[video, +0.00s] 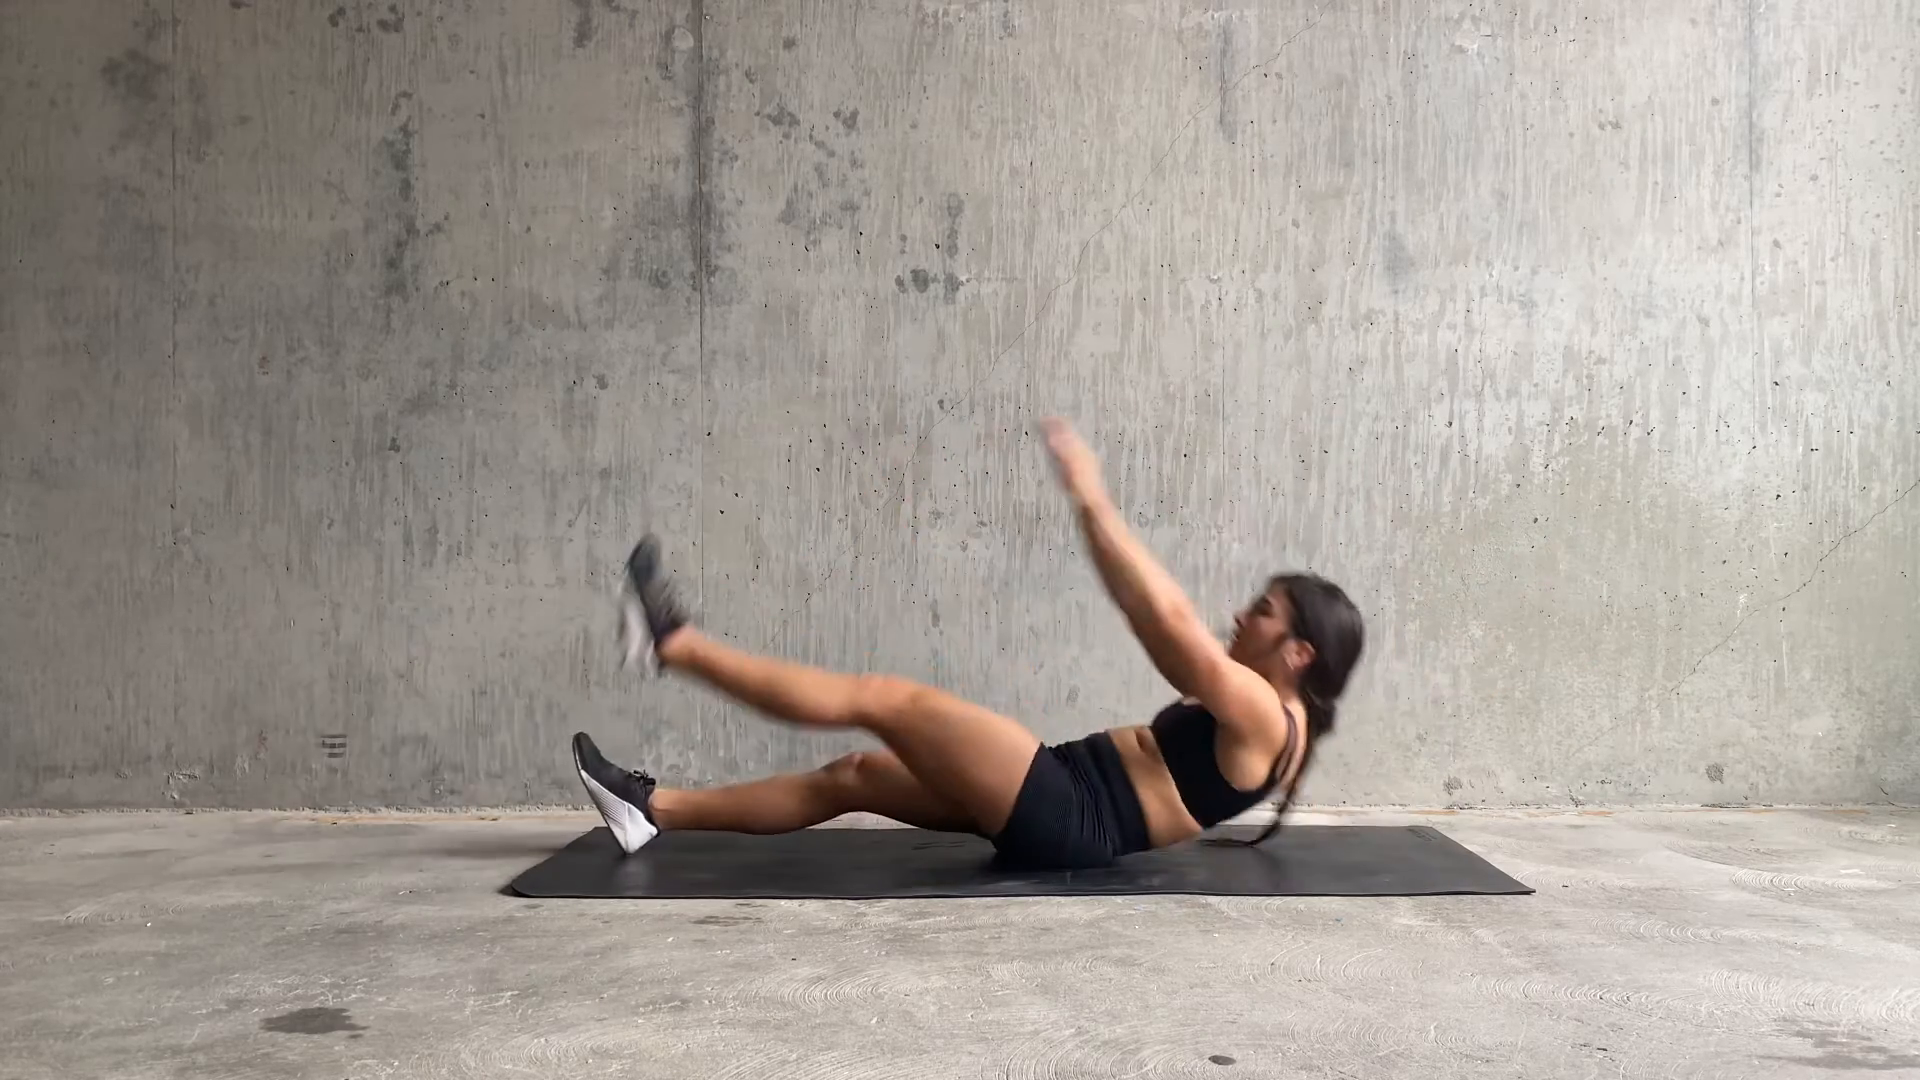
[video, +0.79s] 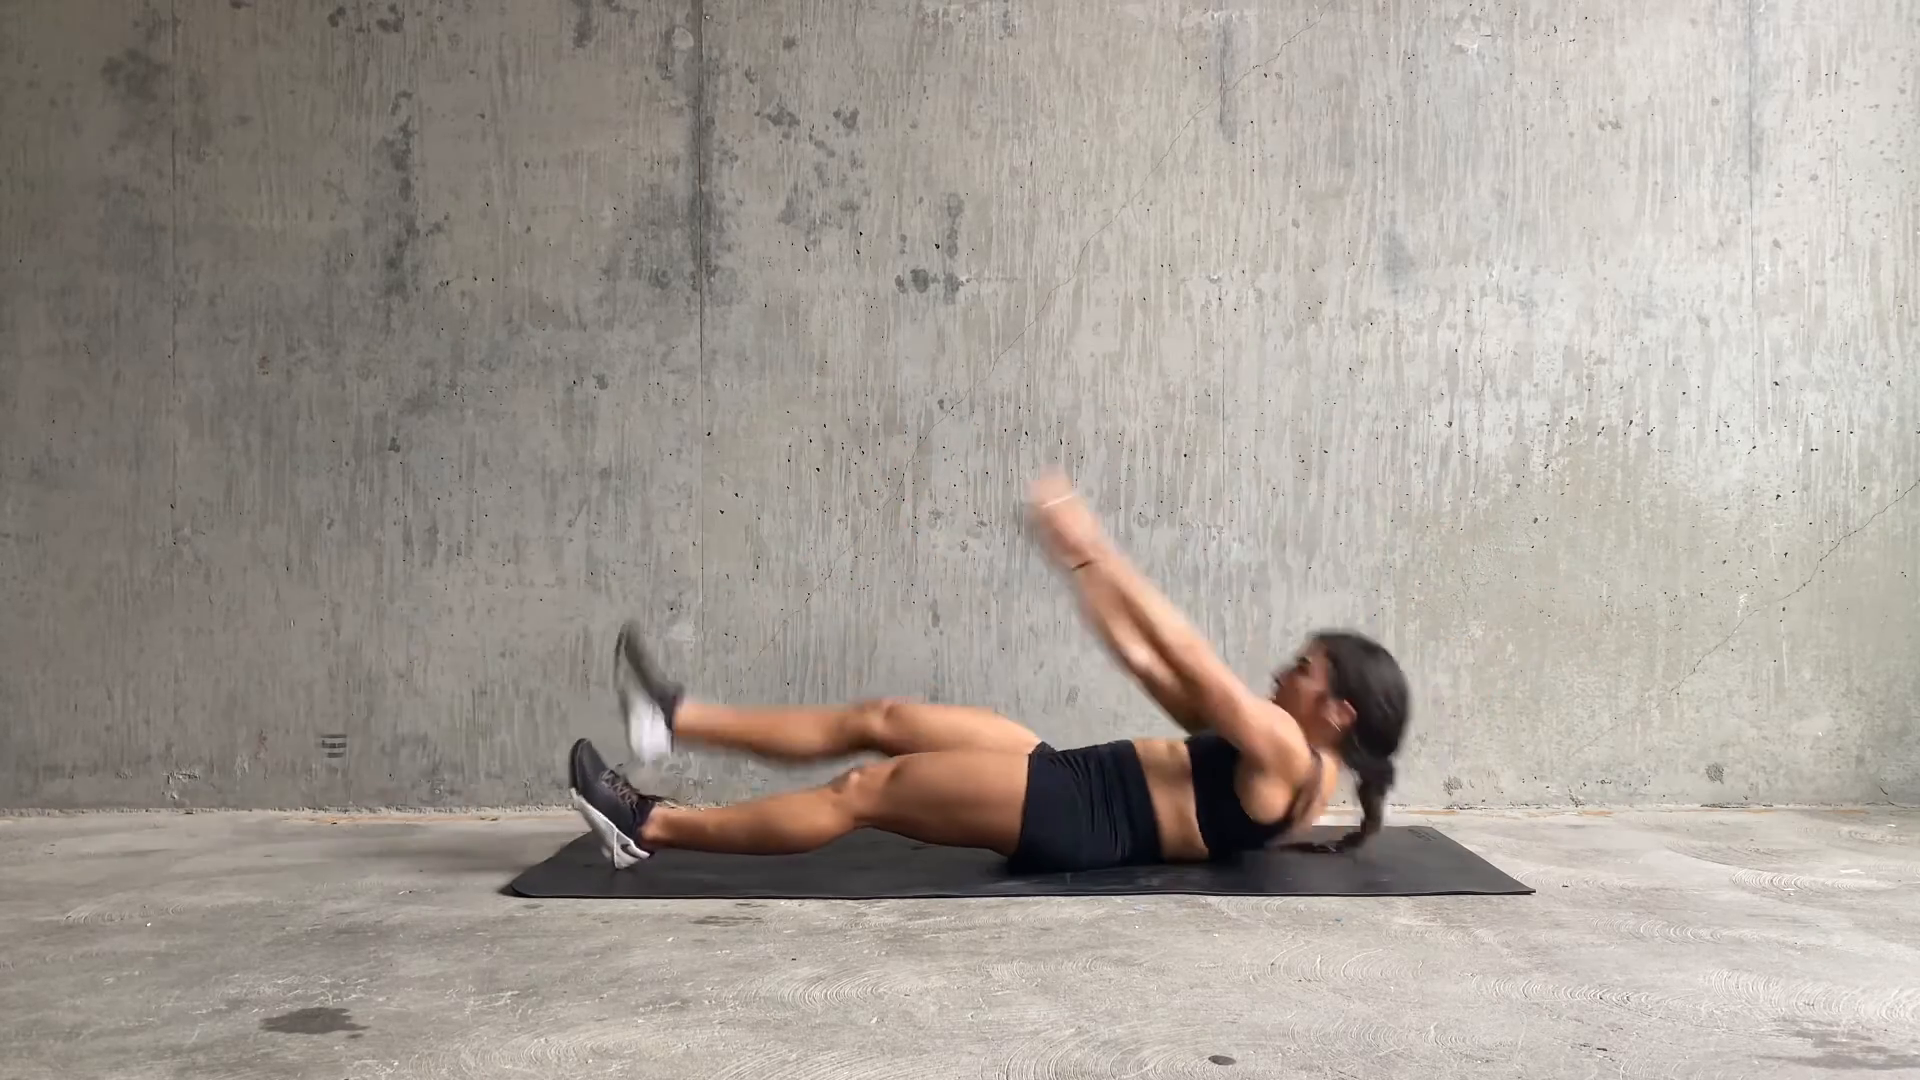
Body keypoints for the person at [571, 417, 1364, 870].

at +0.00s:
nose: (1238, 627)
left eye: (1259, 624)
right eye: (1250, 615)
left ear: (1300, 656)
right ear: (1296, 658)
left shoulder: (1261, 710)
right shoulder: (1260, 713)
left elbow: (1161, 621)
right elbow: (1164, 621)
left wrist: (1093, 503)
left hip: (1072, 810)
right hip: (1061, 800)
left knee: (886, 703)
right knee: (857, 776)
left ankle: (678, 646)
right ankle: (654, 809)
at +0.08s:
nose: (1269, 656)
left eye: (1287, 651)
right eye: (1281, 643)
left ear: (1323, 685)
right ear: (1317, 682)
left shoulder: (1291, 748)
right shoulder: (1267, 737)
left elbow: (1220, 608)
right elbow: (1192, 619)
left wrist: (1194, 490)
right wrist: (1185, 498)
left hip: (1073, 810)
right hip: (1069, 799)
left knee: (874, 742)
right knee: (858, 780)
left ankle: (660, 723)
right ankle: (654, 810)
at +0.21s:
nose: (1316, 688)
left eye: (1332, 685)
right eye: (1322, 684)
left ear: (1349, 724)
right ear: (1338, 722)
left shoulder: (1311, 790)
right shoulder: (1286, 760)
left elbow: (1325, 649)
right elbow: (1289, 636)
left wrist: (1360, 527)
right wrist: (1332, 527)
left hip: (1085, 810)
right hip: (1085, 790)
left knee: (873, 767)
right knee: (877, 763)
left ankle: (654, 799)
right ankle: (664, 794)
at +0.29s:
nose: (1322, 699)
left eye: (1345, 701)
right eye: (1333, 687)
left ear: (1369, 738)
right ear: (1334, 706)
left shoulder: (1322, 810)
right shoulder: (1302, 776)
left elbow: (1393, 685)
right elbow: (1342, 657)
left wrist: (1457, 572)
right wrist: (1421, 567)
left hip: (1087, 810)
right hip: (1086, 782)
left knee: (875, 779)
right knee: (881, 773)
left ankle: (660, 814)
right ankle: (673, 809)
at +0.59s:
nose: (1337, 710)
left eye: (1359, 713)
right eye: (1345, 694)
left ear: (1385, 747)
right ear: (1333, 701)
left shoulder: (1324, 815)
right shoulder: (1310, 782)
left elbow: (1421, 701)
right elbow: (1384, 667)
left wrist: (1490, 605)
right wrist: (1466, 604)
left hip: (1089, 804)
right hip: (1091, 780)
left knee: (872, 784)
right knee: (875, 772)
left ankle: (655, 821)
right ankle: (668, 814)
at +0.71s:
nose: (1320, 702)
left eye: (1340, 707)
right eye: (1332, 694)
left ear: (1368, 755)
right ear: (1346, 734)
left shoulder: (1325, 798)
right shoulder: (1299, 766)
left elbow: (1277, 649)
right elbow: (1238, 657)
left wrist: (1261, 537)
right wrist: (1242, 542)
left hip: (1090, 808)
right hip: (1086, 781)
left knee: (875, 784)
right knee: (872, 755)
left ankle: (654, 837)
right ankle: (669, 786)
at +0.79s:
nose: (1284, 677)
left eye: (1302, 675)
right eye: (1296, 665)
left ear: (1337, 712)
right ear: (1335, 712)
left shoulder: (1284, 755)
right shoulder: (1286, 753)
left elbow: (1164, 654)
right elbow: (1163, 658)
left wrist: (1083, 549)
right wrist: (1091, 557)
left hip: (1076, 810)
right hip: (1075, 783)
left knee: (869, 795)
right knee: (883, 721)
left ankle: (650, 828)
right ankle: (679, 715)